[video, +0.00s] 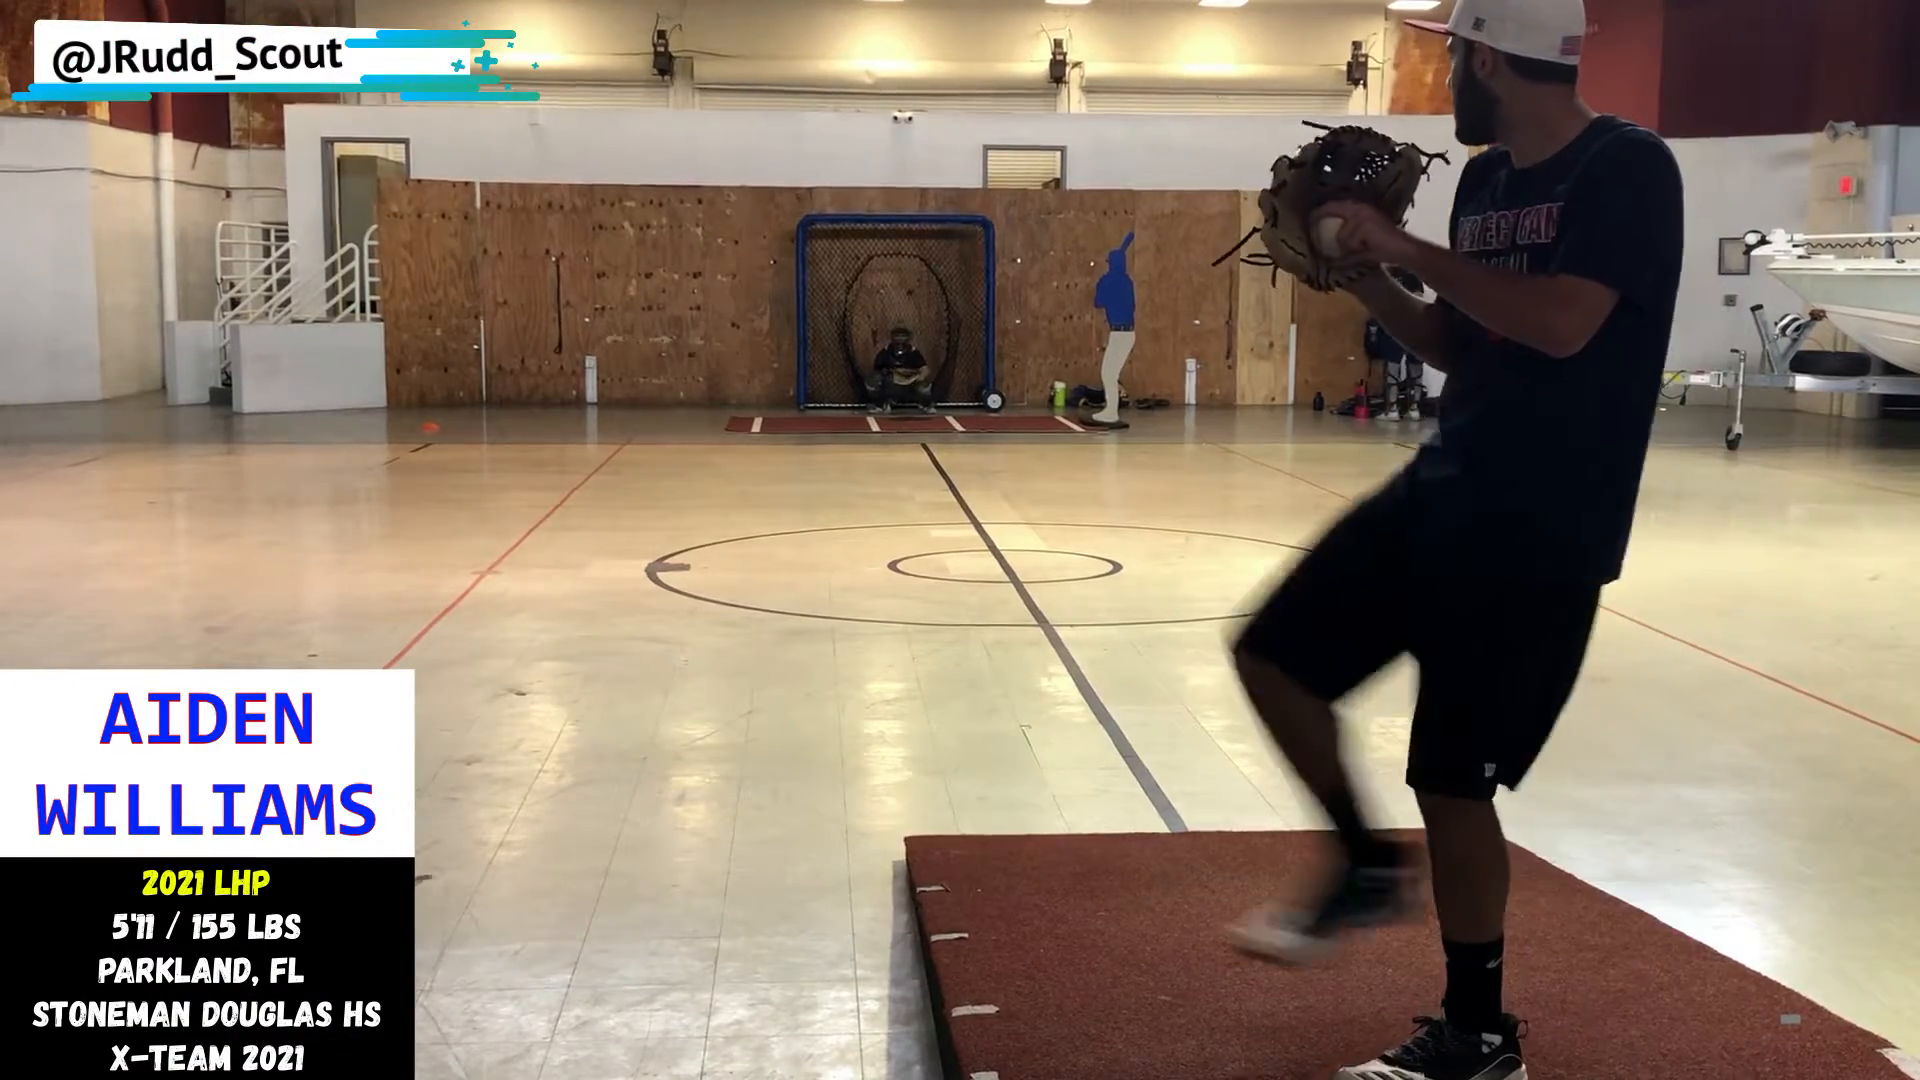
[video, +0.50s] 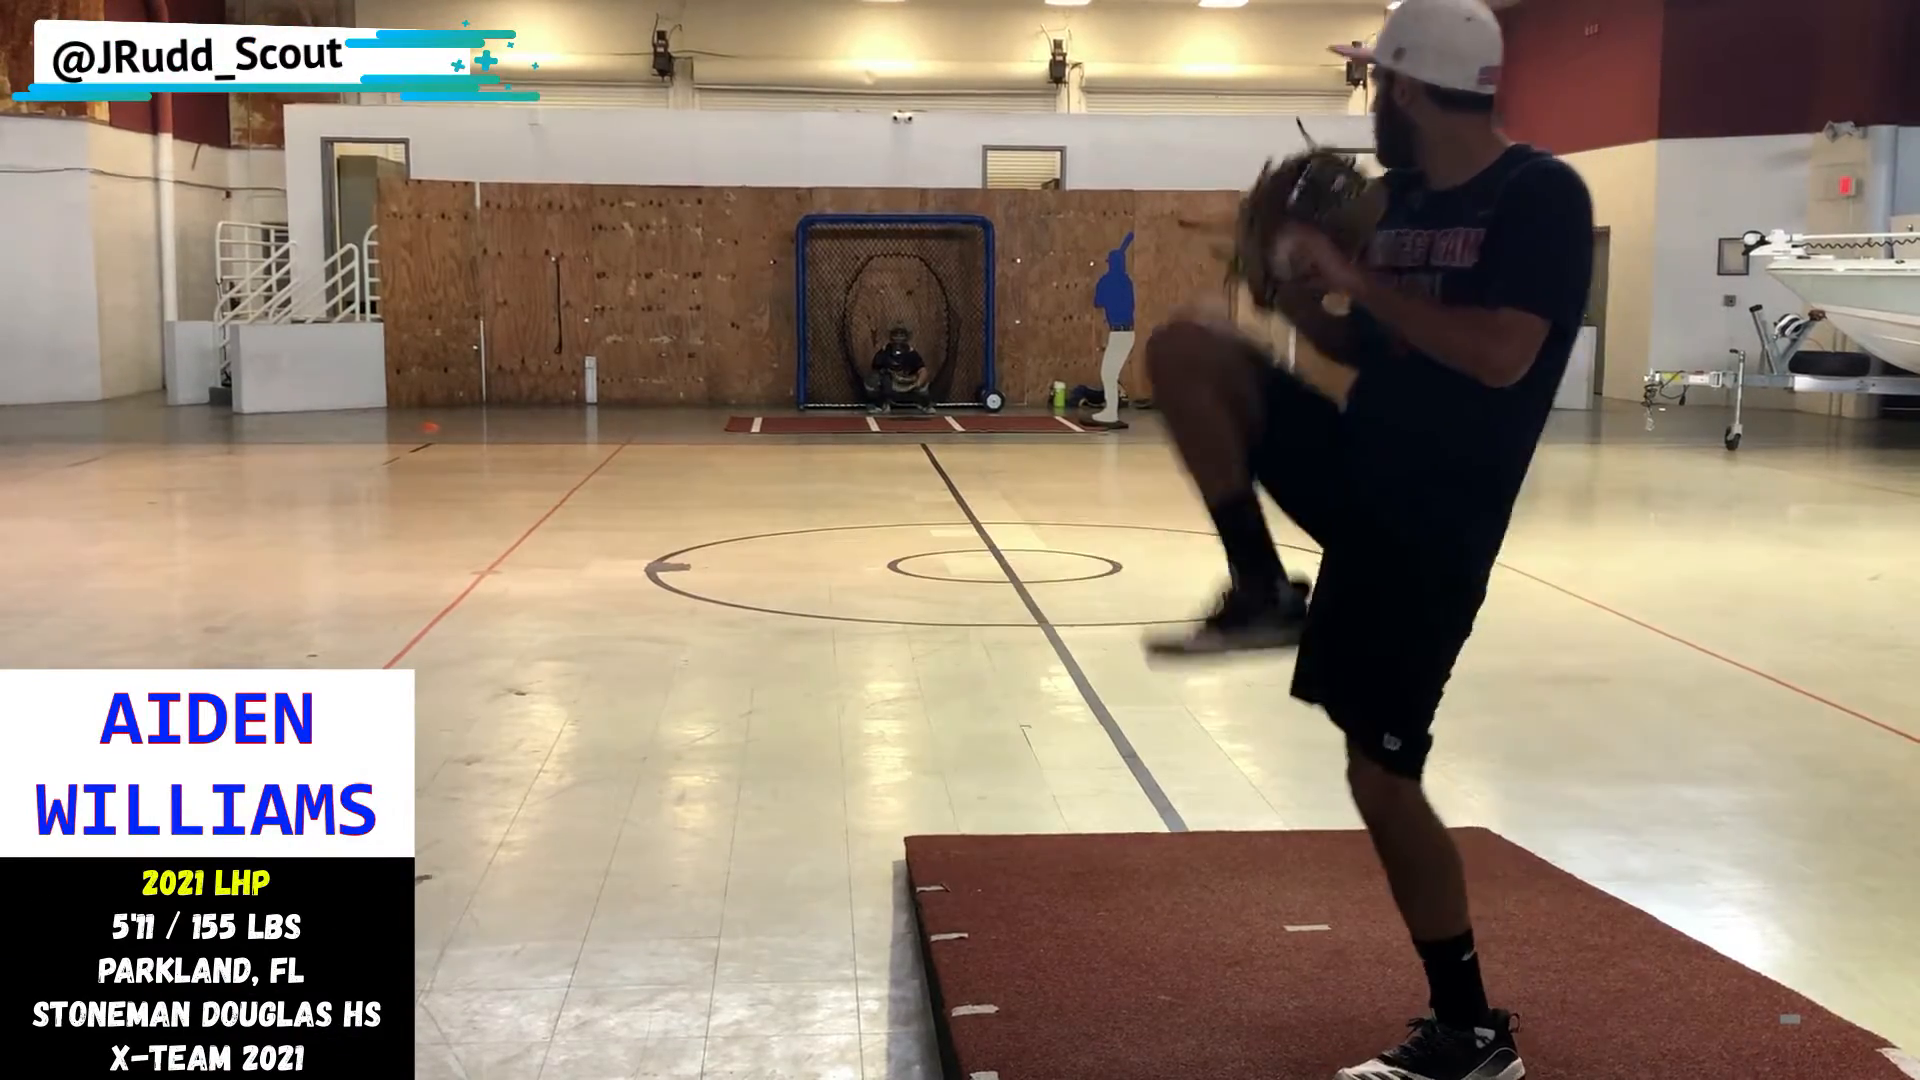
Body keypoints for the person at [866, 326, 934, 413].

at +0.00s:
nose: (900, 344)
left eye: (903, 341)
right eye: (897, 341)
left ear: (908, 340)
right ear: (892, 340)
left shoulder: (914, 352)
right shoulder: (884, 353)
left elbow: (925, 369)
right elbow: (878, 372)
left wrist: (920, 377)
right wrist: (893, 377)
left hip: (911, 382)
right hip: (892, 384)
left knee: (923, 386)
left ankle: (926, 405)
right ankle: (883, 405)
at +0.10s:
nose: (900, 344)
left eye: (903, 340)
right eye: (896, 341)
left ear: (907, 340)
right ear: (891, 340)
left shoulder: (914, 353)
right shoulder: (884, 353)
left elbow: (925, 370)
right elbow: (877, 371)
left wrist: (919, 380)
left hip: (911, 384)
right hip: (891, 385)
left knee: (922, 387)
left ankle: (925, 405)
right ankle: (880, 405)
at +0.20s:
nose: (899, 344)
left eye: (902, 340)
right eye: (895, 340)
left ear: (907, 340)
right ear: (891, 340)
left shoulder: (913, 353)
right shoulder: (883, 353)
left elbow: (924, 370)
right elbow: (877, 371)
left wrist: (918, 381)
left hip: (910, 385)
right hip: (890, 387)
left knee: (923, 387)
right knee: (872, 381)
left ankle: (925, 405)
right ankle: (881, 405)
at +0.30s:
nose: (898, 344)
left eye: (902, 341)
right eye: (895, 340)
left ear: (907, 341)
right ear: (891, 340)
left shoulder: (913, 353)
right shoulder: (883, 353)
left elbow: (924, 371)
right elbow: (876, 371)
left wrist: (917, 384)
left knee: (922, 388)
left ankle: (925, 405)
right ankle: (881, 405)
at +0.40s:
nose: (898, 343)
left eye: (901, 341)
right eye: (895, 340)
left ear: (906, 341)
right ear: (891, 340)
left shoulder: (912, 353)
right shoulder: (882, 353)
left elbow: (923, 371)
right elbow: (875, 371)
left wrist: (918, 383)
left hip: (909, 382)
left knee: (922, 387)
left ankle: (925, 405)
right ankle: (881, 405)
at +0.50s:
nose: (898, 344)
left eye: (902, 341)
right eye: (895, 341)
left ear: (906, 341)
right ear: (891, 340)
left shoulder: (912, 354)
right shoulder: (882, 354)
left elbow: (923, 371)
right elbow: (875, 371)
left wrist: (918, 384)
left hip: (909, 381)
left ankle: (925, 405)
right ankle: (884, 405)